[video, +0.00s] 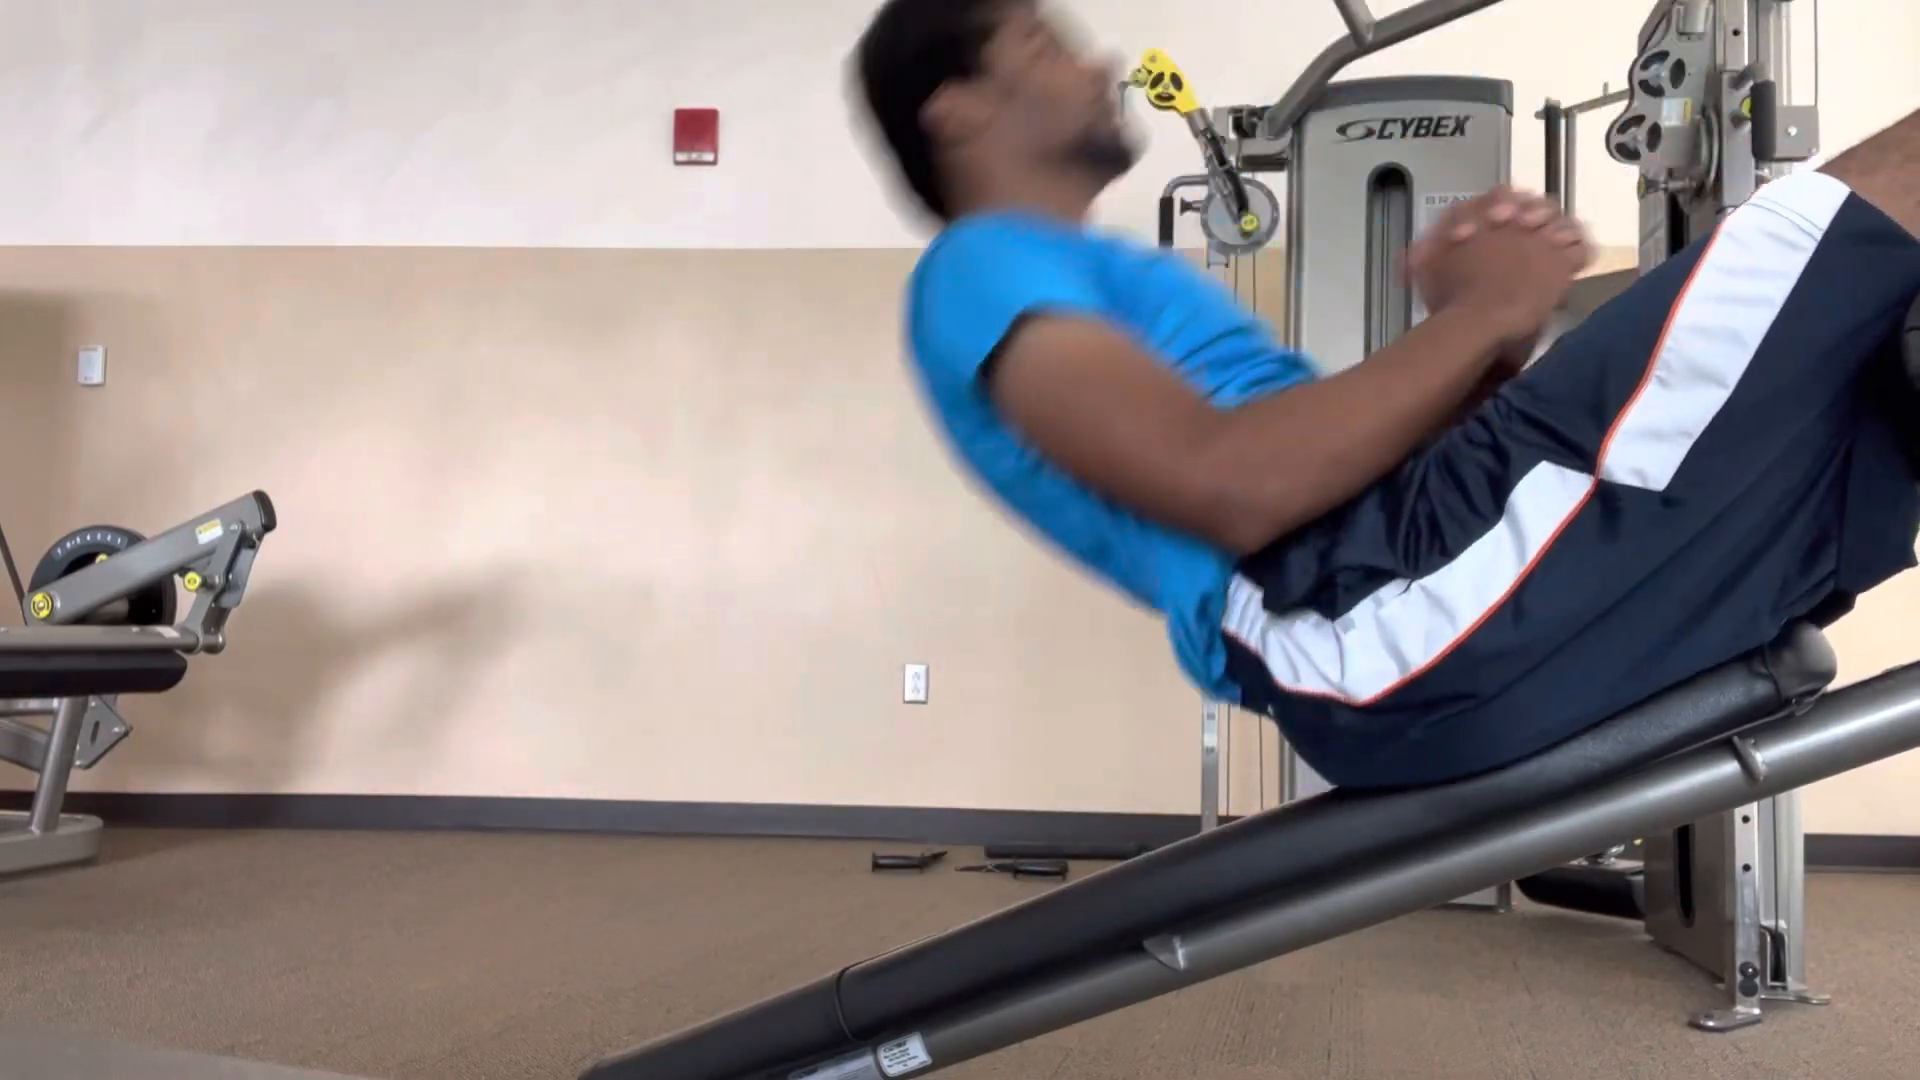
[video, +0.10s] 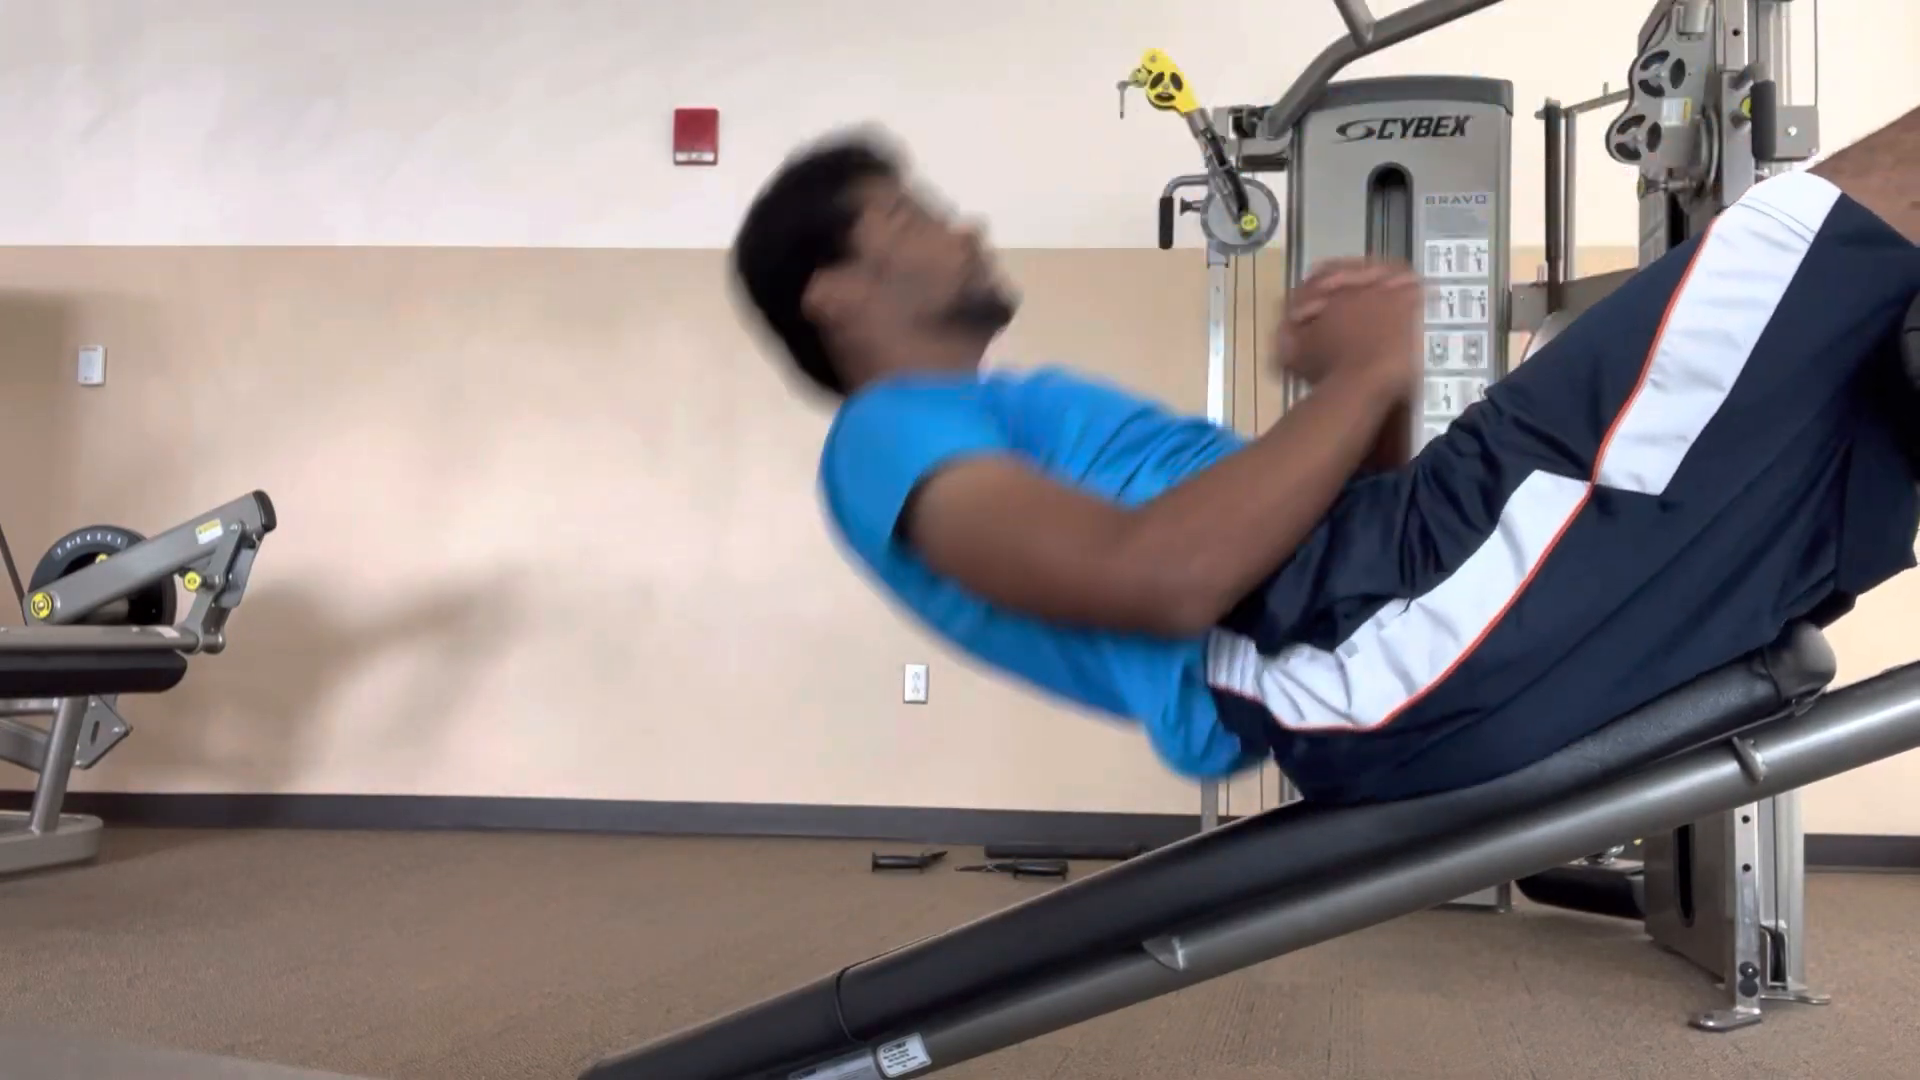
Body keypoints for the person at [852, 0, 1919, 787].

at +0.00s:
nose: (1095, 58)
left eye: (1070, 34)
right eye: (1046, 43)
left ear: (987, 110)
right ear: (960, 113)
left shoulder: (1113, 281)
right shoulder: (978, 271)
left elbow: (1288, 480)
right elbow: (1221, 487)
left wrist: (1442, 326)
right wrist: (1475, 321)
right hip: (1358, 623)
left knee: (1898, 438)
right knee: (1887, 179)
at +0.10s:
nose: (957, 216)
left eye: (929, 197)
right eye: (911, 206)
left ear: (870, 280)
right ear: (841, 285)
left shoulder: (1003, 412)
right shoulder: (886, 437)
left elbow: (1208, 560)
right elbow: (1155, 580)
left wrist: (1340, 388)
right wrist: (1367, 383)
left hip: (1412, 611)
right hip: (1364, 647)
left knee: (1890, 419)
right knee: (1883, 171)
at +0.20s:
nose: (870, 376)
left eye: (839, 361)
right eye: (823, 372)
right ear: (767, 457)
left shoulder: (942, 562)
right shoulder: (839, 583)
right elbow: (1105, 658)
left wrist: (1222, 458)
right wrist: (1223, 432)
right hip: (1331, 669)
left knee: (1876, 432)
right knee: (1881, 173)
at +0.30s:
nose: (813, 518)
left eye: (789, 506)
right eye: (764, 528)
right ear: (730, 622)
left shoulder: (915, 668)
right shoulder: (823, 710)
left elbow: (1196, 560)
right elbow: (1095, 648)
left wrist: (1070, 480)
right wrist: (1069, 465)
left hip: (1345, 639)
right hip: (1319, 664)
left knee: (1865, 416)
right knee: (1866, 185)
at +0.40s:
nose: (777, 651)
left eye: (752, 650)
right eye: (740, 680)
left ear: (794, 666)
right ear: (744, 771)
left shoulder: (924, 732)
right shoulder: (834, 830)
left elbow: (1176, 561)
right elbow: (1001, 586)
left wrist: (961, 552)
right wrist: (900, 528)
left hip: (1331, 587)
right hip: (1322, 682)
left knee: (1856, 196)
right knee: (1864, 194)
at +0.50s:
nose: (743, 753)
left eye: (724, 760)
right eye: (717, 777)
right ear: (729, 844)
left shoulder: (899, 778)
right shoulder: (818, 870)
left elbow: (1009, 593)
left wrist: (821, 608)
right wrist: (747, 579)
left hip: (1325, 581)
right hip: (1309, 682)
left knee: (1866, 191)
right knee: (1823, 215)